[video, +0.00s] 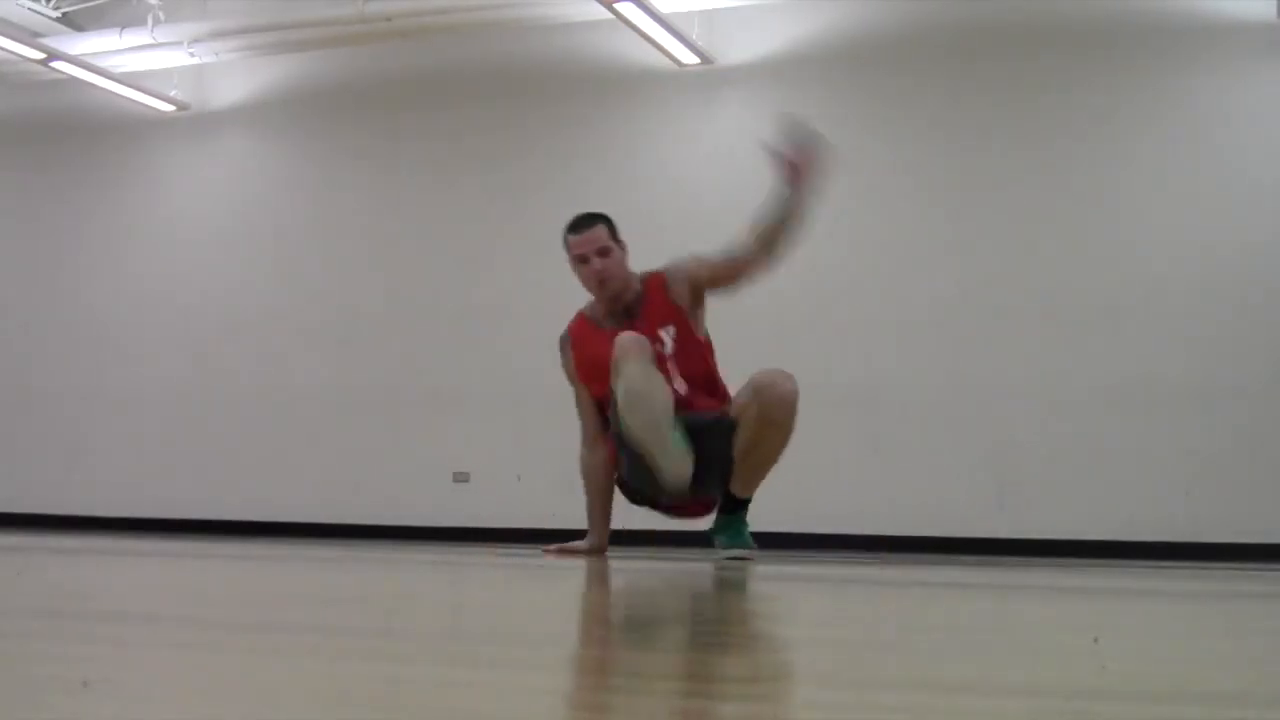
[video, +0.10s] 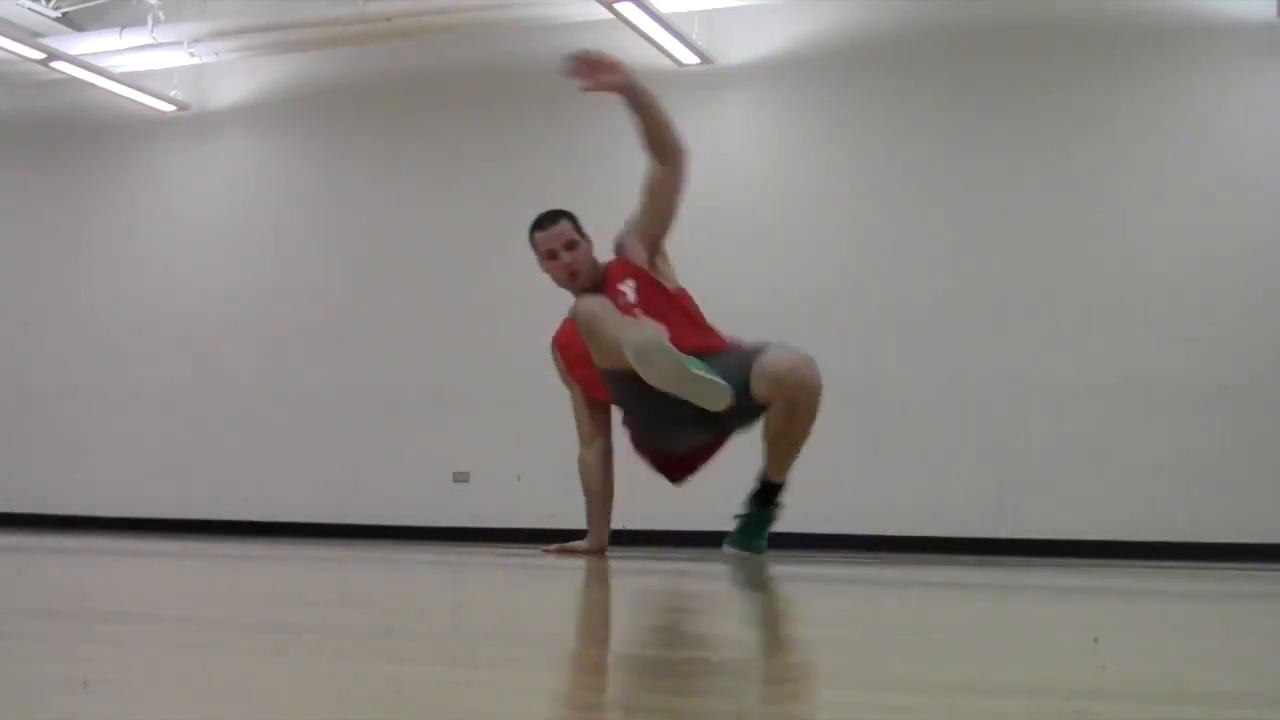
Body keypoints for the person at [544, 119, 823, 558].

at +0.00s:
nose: (597, 268)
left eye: (604, 253)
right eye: (583, 262)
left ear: (624, 250)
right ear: (575, 272)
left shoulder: (678, 283)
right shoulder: (578, 340)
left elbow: (754, 255)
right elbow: (595, 442)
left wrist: (792, 190)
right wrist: (597, 540)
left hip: (716, 458)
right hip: (648, 475)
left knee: (776, 388)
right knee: (630, 346)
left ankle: (733, 519)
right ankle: (656, 435)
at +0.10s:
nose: (565, 261)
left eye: (570, 246)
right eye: (550, 257)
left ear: (590, 242)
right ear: (543, 268)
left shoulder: (639, 252)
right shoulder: (569, 344)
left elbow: (669, 160)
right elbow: (594, 443)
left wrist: (629, 89)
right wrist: (597, 539)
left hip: (714, 369)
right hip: (661, 418)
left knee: (799, 375)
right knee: (587, 309)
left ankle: (764, 507)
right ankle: (686, 376)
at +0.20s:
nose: (551, 258)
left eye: (555, 245)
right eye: (538, 257)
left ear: (575, 243)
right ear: (534, 272)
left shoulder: (621, 241)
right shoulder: (577, 342)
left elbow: (605, 143)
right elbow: (597, 448)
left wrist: (542, 82)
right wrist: (595, 542)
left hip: (706, 320)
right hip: (659, 363)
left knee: (791, 295)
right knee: (553, 308)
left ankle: (839, 448)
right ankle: (688, 397)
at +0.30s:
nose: (542, 260)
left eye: (546, 246)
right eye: (531, 260)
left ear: (568, 240)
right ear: (532, 276)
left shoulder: (611, 236)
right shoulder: (574, 331)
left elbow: (573, 144)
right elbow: (598, 448)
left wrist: (515, 93)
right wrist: (596, 546)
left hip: (705, 316)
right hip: (662, 366)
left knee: (763, 227)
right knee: (542, 340)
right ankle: (672, 446)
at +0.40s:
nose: (532, 259)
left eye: (535, 246)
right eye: (521, 261)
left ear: (558, 240)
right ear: (526, 283)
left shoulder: (598, 235)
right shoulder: (570, 346)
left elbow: (548, 140)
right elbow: (596, 442)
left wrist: (473, 104)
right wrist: (597, 538)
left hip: (710, 337)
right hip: (667, 390)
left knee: (706, 228)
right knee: (557, 373)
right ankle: (652, 517)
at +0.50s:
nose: (526, 265)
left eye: (531, 249)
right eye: (514, 265)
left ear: (555, 242)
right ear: (515, 278)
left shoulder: (596, 241)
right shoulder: (567, 349)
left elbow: (548, 144)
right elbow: (598, 446)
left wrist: (453, 115)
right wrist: (598, 535)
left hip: (728, 377)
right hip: (675, 426)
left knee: (674, 258)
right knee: (557, 369)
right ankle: (644, 511)